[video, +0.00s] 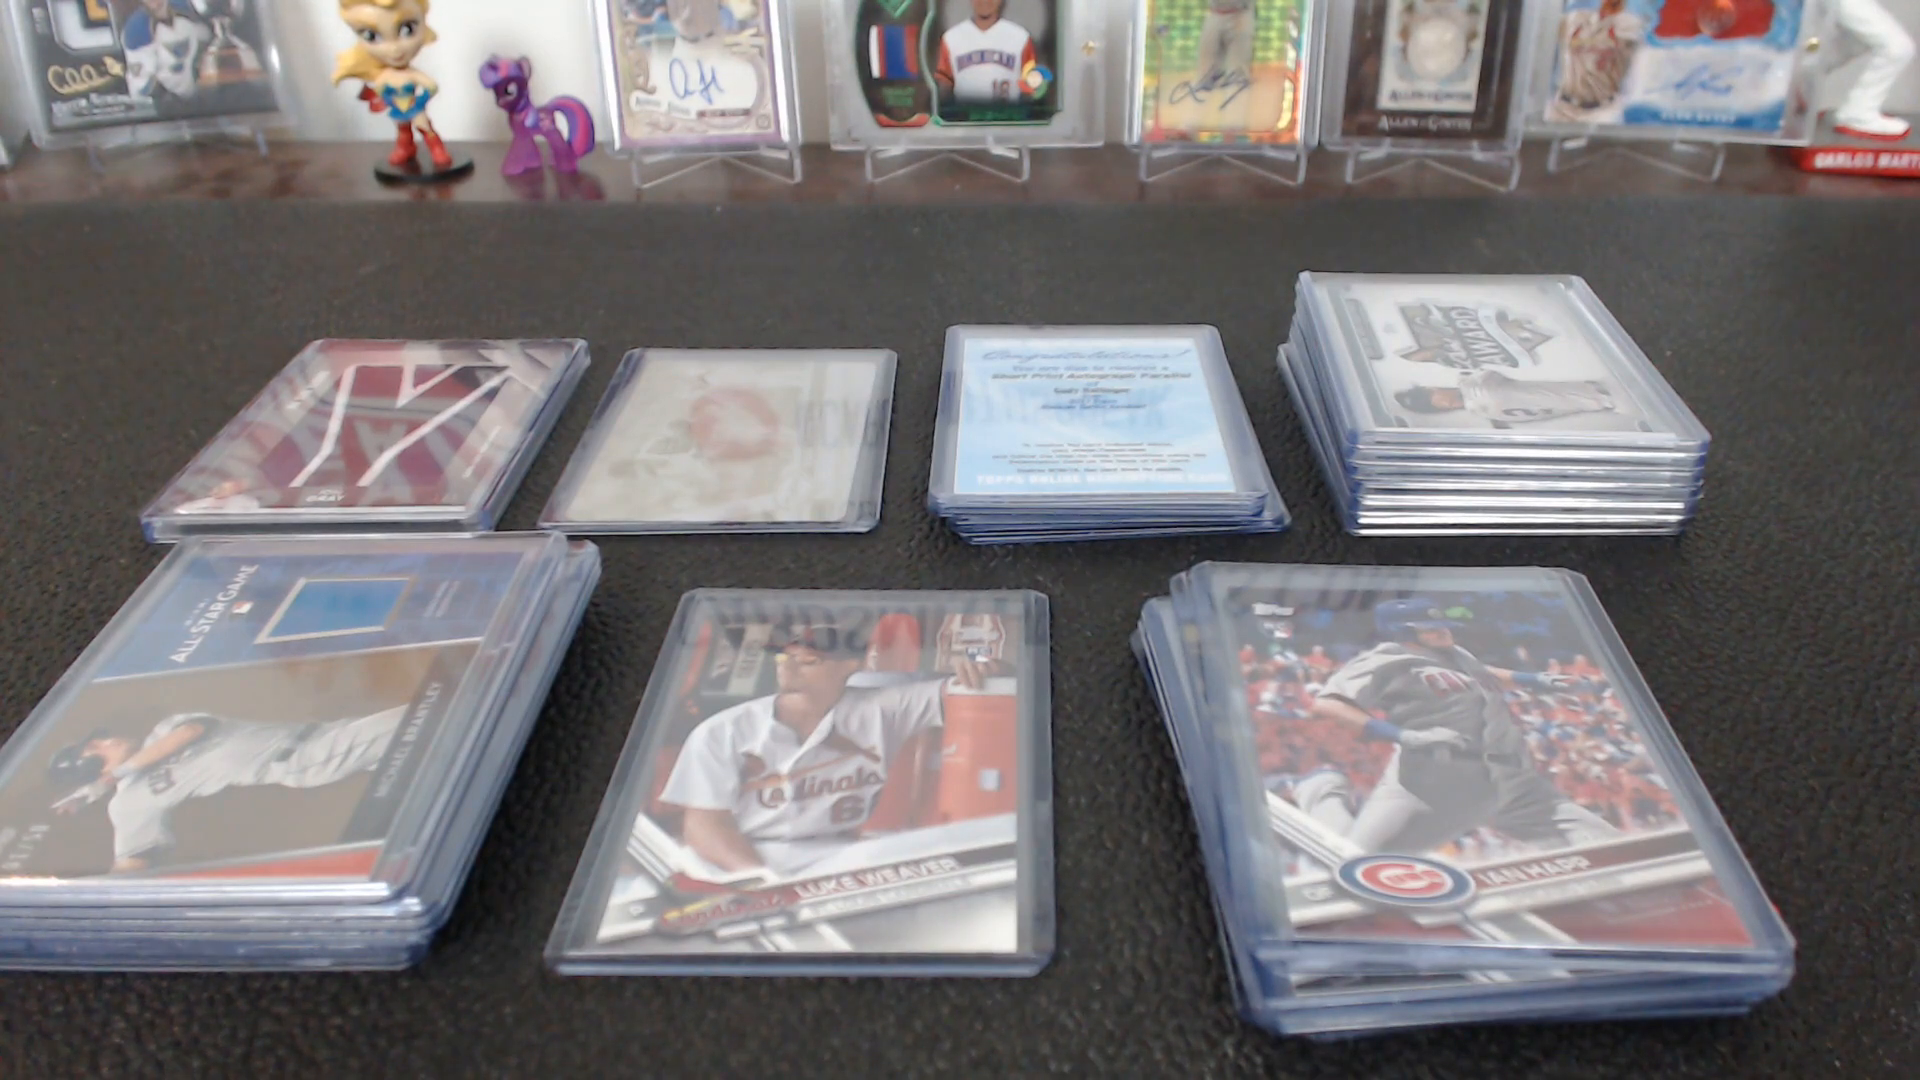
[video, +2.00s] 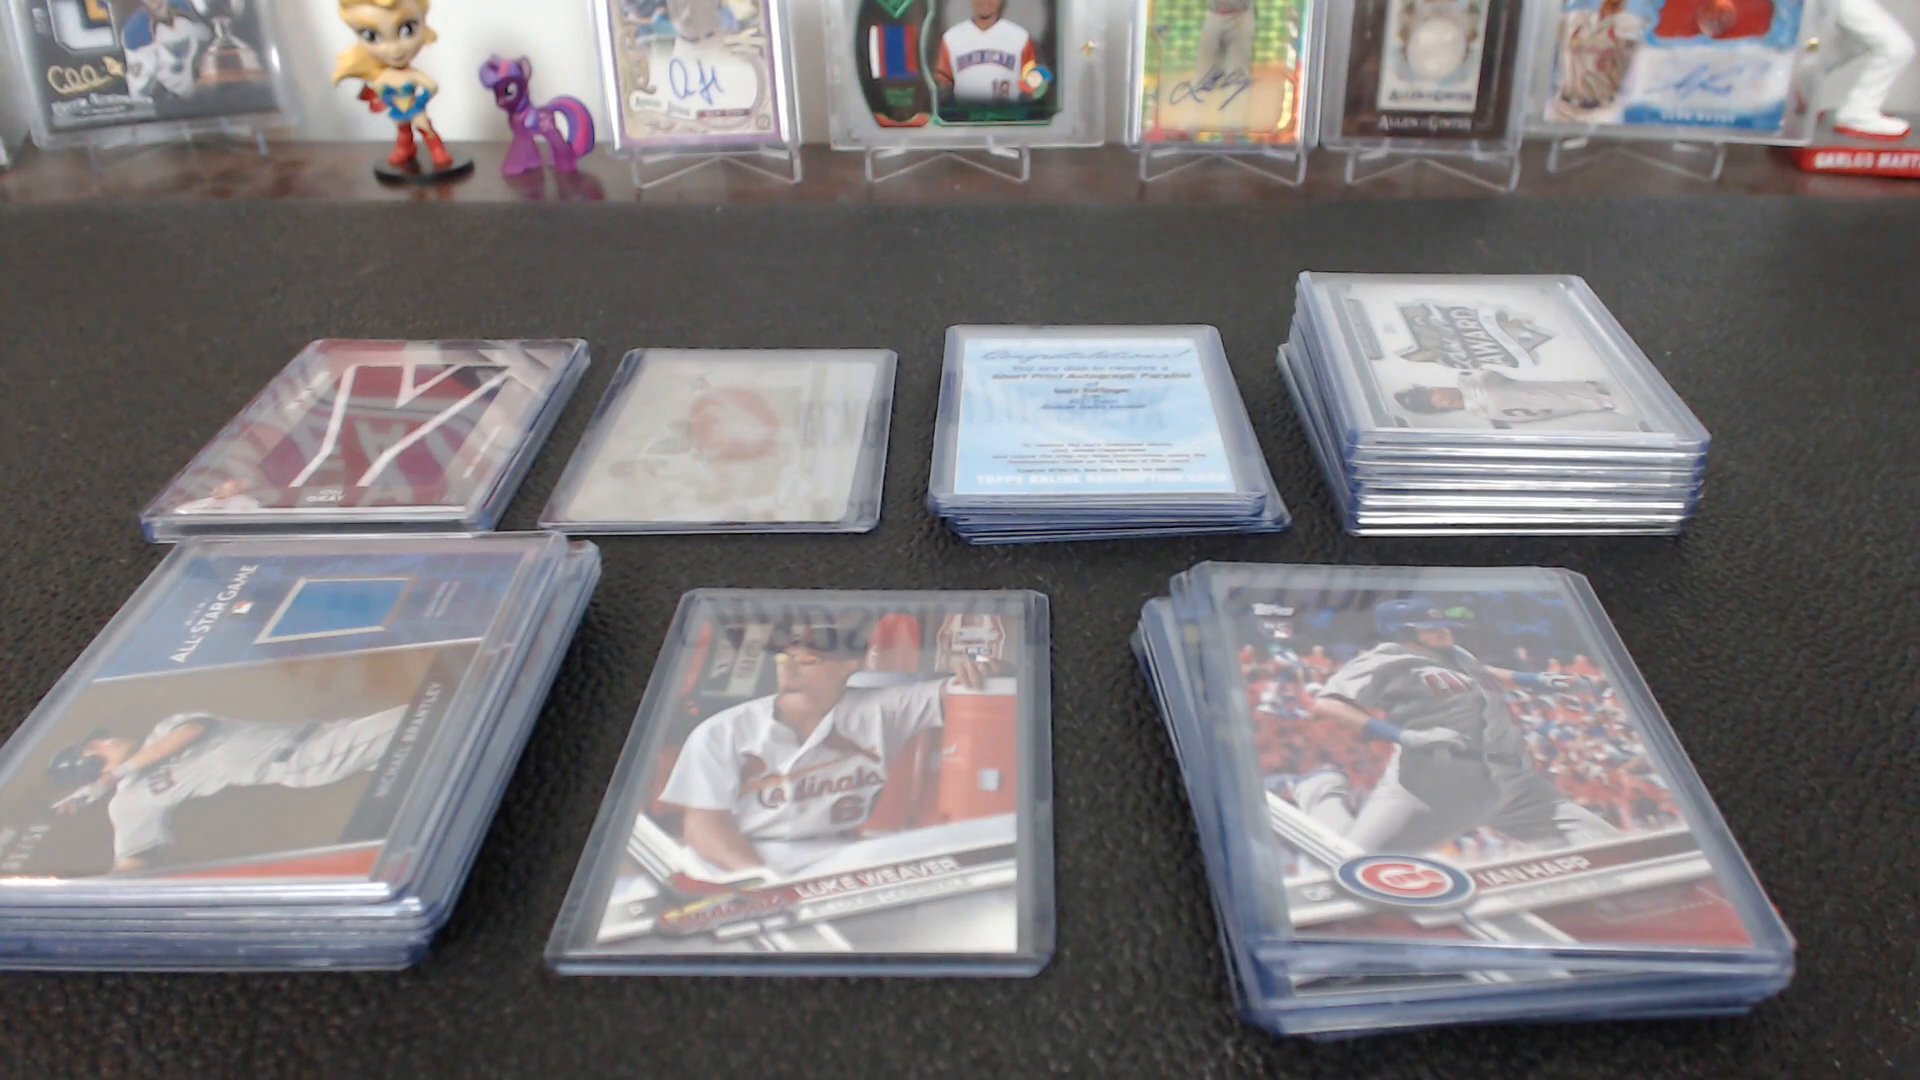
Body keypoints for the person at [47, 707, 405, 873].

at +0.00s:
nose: (110, 740)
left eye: (99, 739)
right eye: (100, 746)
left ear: (107, 742)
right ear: (100, 770)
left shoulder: (159, 727)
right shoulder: (131, 800)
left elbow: (192, 732)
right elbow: (130, 870)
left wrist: (115, 776)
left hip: (310, 732)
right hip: (298, 760)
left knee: (414, 721)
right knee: (412, 717)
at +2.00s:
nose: (111, 740)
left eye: (101, 739)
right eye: (101, 747)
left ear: (108, 742)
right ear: (100, 771)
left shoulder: (161, 729)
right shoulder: (131, 799)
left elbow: (193, 732)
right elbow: (129, 871)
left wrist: (119, 773)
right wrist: (82, 899)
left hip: (312, 733)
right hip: (299, 760)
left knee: (416, 722)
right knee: (414, 718)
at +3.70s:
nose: (109, 751)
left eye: (98, 747)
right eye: (99, 760)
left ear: (108, 736)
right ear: (100, 776)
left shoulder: (160, 727)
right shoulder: (131, 801)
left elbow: (191, 733)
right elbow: (128, 872)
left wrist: (117, 775)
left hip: (305, 735)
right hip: (291, 768)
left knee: (412, 719)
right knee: (408, 721)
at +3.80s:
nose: (104, 771)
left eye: (98, 758)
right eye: (94, 774)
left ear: (112, 741)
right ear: (96, 786)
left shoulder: (161, 731)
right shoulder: (130, 802)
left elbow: (193, 732)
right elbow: (130, 871)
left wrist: (124, 770)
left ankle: (418, 715)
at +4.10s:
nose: (115, 741)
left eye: (106, 739)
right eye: (104, 744)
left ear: (109, 742)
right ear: (100, 764)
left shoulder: (163, 727)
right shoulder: (129, 802)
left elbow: (196, 731)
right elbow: (129, 872)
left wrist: (115, 777)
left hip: (294, 736)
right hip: (277, 774)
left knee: (407, 721)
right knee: (399, 726)